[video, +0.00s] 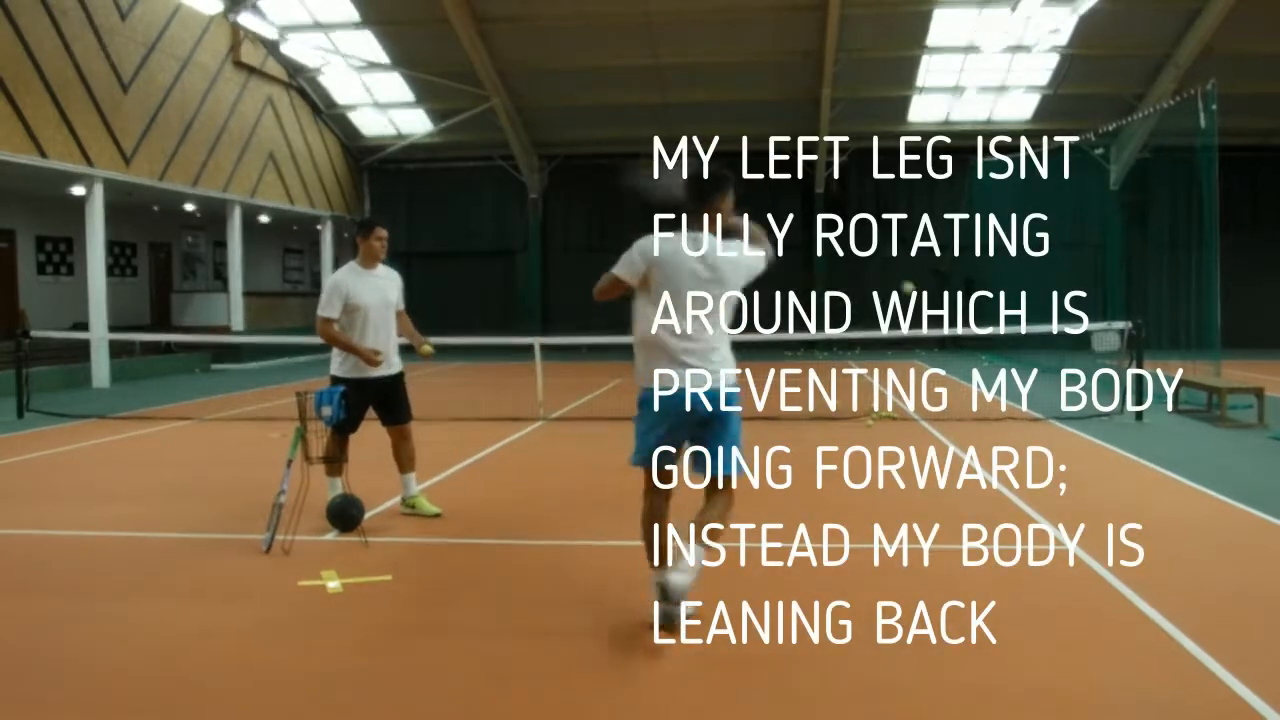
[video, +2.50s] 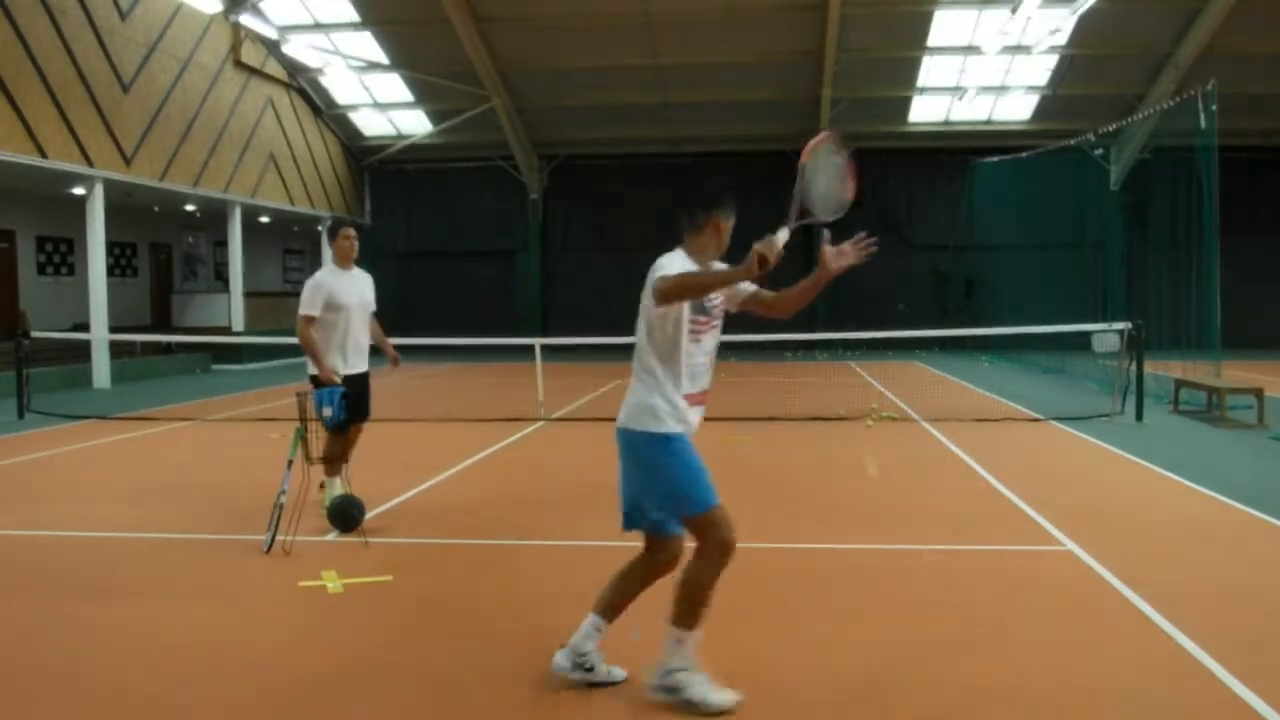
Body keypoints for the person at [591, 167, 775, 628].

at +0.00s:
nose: (731, 212)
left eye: (728, 204)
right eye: (730, 206)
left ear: (688, 202)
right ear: (722, 207)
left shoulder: (651, 249)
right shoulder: (735, 258)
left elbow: (603, 292)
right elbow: (764, 245)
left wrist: (645, 281)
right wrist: (734, 221)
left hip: (661, 388)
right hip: (718, 389)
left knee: (658, 489)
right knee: (722, 489)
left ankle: (662, 593)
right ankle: (689, 559)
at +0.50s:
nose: (711, 237)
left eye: (714, 230)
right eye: (713, 230)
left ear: (727, 234)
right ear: (745, 230)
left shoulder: (747, 278)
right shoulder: (750, 265)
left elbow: (783, 339)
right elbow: (693, 299)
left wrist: (812, 392)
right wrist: (724, 259)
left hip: (753, 403)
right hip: (780, 400)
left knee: (707, 489)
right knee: (795, 485)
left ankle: (691, 599)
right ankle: (835, 572)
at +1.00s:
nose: (689, 224)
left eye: (690, 217)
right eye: (696, 218)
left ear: (694, 218)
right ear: (727, 218)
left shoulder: (691, 262)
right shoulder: (747, 264)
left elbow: (703, 335)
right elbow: (766, 329)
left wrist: (668, 392)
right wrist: (730, 364)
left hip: (717, 409)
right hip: (760, 404)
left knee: (700, 505)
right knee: (771, 489)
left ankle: (741, 607)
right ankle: (800, 585)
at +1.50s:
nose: (666, 233)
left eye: (653, 223)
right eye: (667, 225)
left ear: (626, 226)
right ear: (666, 228)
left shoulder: (597, 278)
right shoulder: (679, 280)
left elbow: (581, 355)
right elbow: (701, 354)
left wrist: (624, 373)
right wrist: (722, 379)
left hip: (605, 432)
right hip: (663, 432)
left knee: (592, 543)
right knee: (704, 532)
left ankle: (569, 659)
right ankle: (750, 618)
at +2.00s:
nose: (638, 238)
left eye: (633, 230)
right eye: (637, 231)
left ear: (591, 235)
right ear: (632, 235)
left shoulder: (573, 291)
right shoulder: (623, 298)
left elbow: (597, 377)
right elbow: (639, 390)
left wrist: (663, 366)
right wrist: (673, 418)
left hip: (561, 456)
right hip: (592, 464)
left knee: (624, 544)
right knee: (588, 595)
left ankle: (553, 658)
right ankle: (511, 706)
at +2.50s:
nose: (730, 235)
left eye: (730, 229)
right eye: (727, 227)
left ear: (704, 227)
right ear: (710, 224)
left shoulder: (719, 277)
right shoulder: (671, 266)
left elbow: (777, 306)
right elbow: (666, 291)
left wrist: (824, 273)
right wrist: (741, 272)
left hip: (665, 428)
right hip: (654, 428)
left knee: (662, 552)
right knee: (718, 538)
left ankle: (579, 651)